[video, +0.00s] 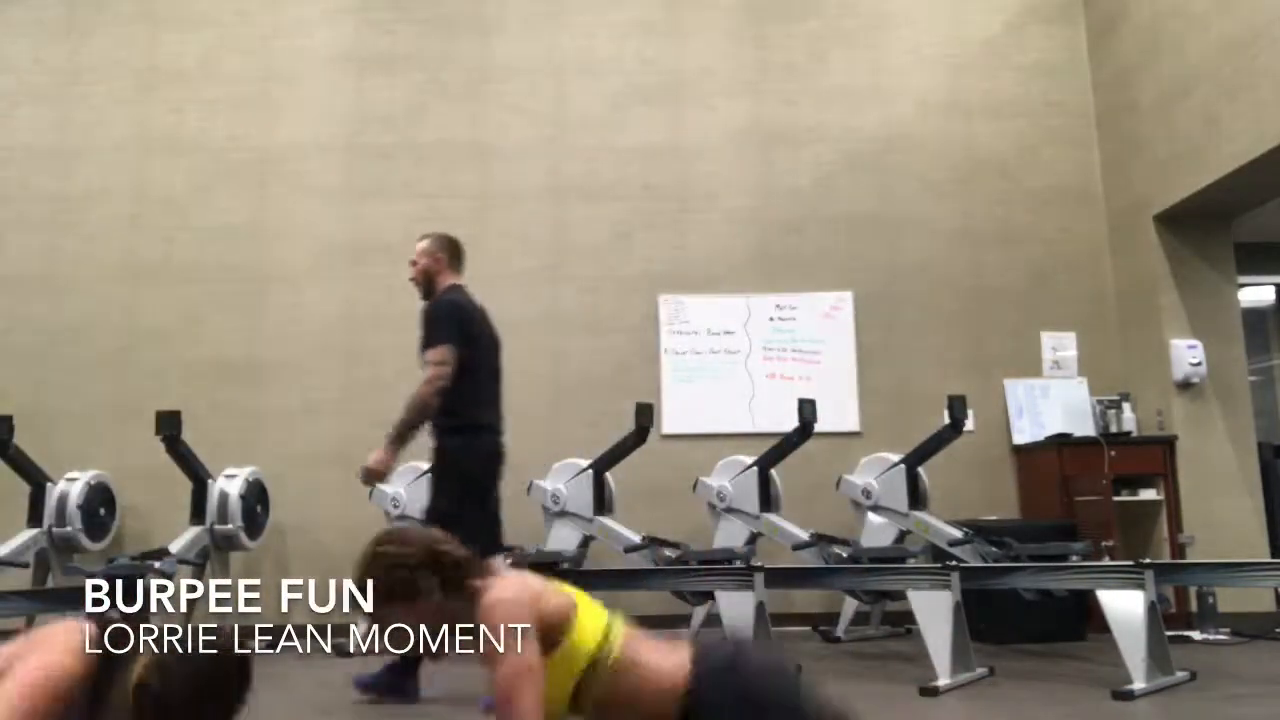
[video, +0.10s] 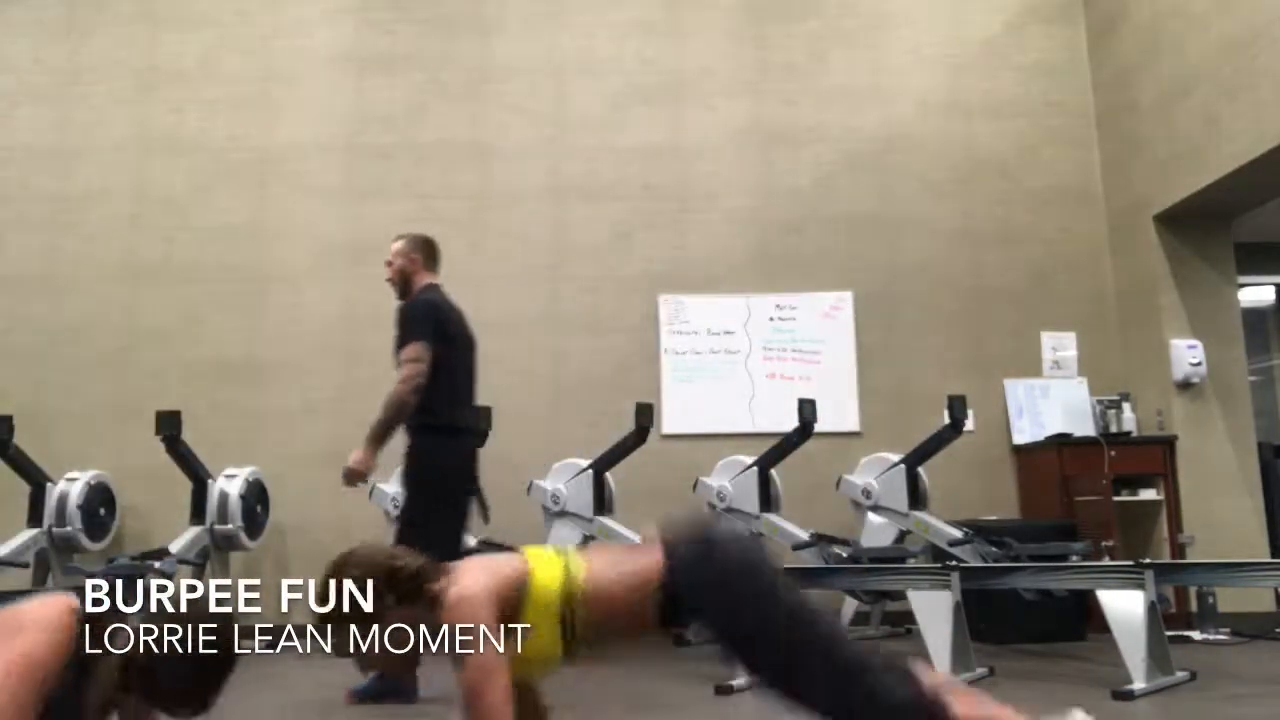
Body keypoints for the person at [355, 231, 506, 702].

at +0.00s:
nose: (410, 271)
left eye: (416, 263)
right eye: (411, 263)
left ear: (439, 263)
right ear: (448, 265)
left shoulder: (444, 307)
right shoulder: (470, 309)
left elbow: (437, 381)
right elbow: (472, 391)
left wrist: (390, 449)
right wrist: (446, 451)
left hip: (460, 452)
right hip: (481, 449)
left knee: (432, 556)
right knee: (481, 558)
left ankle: (403, 668)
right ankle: (515, 667)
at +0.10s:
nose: (387, 272)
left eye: (392, 263)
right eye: (387, 264)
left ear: (415, 263)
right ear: (424, 265)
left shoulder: (420, 307)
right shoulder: (446, 309)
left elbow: (412, 381)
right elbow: (453, 397)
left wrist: (368, 448)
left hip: (434, 454)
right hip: (454, 453)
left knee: (410, 560)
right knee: (436, 561)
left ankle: (396, 672)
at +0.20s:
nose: (357, 269)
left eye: (362, 260)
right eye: (357, 261)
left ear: (386, 262)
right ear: (395, 263)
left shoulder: (394, 303)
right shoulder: (413, 304)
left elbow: (393, 376)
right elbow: (424, 395)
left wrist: (352, 447)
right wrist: (435, 473)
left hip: (400, 454)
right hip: (423, 452)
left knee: (370, 557)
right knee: (415, 557)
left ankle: (395, 670)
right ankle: (432, 662)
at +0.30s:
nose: (326, 270)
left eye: (331, 260)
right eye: (326, 262)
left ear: (355, 260)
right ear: (361, 261)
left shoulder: (369, 303)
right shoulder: (380, 303)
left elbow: (377, 375)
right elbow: (387, 386)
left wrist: (340, 446)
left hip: (376, 444)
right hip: (395, 445)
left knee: (317, 548)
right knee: (385, 552)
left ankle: (352, 668)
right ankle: (397, 669)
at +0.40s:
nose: (291, 276)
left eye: (295, 267)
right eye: (290, 268)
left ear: (318, 265)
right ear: (322, 265)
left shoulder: (339, 310)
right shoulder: (334, 313)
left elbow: (349, 388)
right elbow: (327, 402)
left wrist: (326, 457)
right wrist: (300, 461)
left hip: (346, 456)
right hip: (361, 454)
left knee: (292, 561)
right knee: (373, 562)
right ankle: (396, 670)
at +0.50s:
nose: (261, 277)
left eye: (265, 267)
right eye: (260, 269)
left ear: (289, 266)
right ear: (293, 266)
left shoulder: (311, 314)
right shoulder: (308, 313)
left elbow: (324, 396)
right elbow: (305, 403)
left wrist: (310, 466)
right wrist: (271, 463)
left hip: (313, 465)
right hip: (330, 463)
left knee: (266, 568)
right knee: (348, 568)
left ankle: (243, 679)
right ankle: (390, 664)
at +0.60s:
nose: (221, 273)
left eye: (227, 263)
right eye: (221, 265)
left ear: (254, 262)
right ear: (253, 264)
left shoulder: (275, 310)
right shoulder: (268, 311)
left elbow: (288, 390)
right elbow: (260, 403)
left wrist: (275, 460)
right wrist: (232, 463)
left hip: (282, 460)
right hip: (285, 459)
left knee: (238, 563)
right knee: (283, 566)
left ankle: (240, 678)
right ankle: (348, 639)